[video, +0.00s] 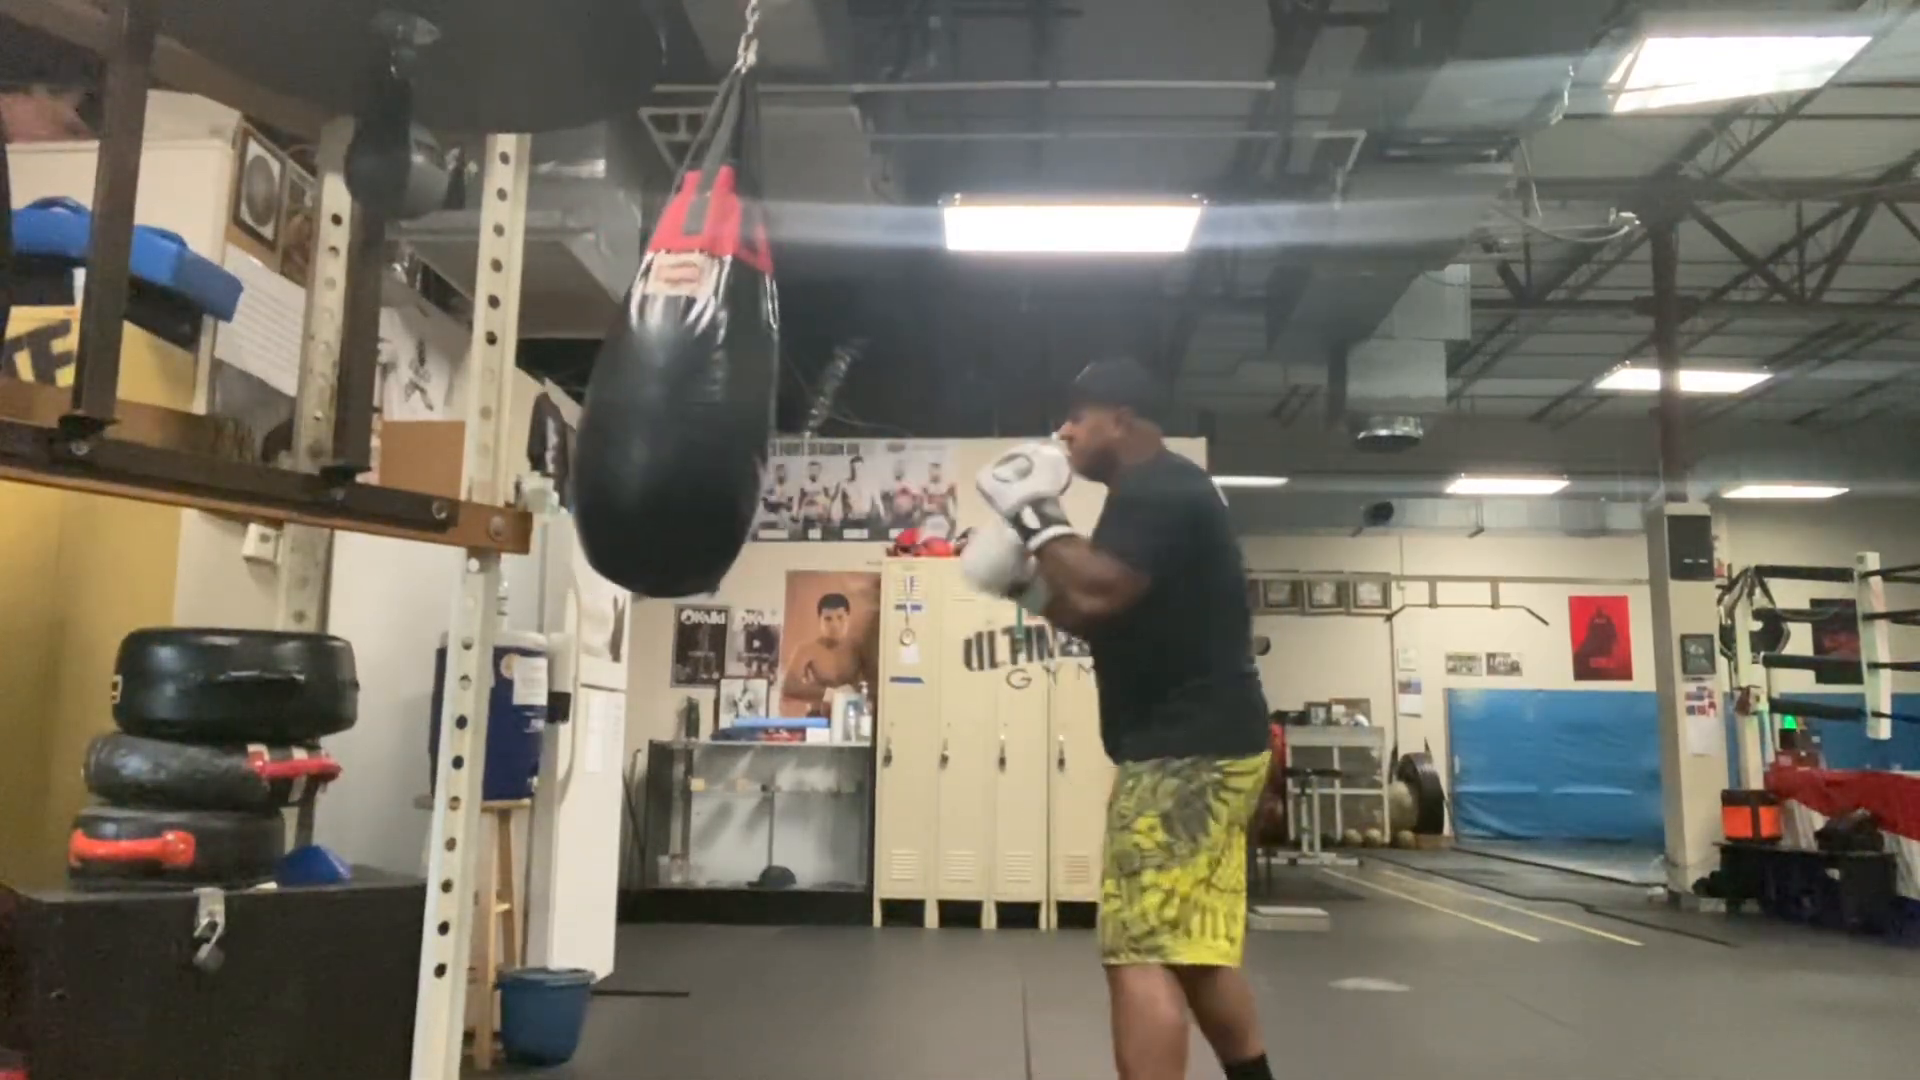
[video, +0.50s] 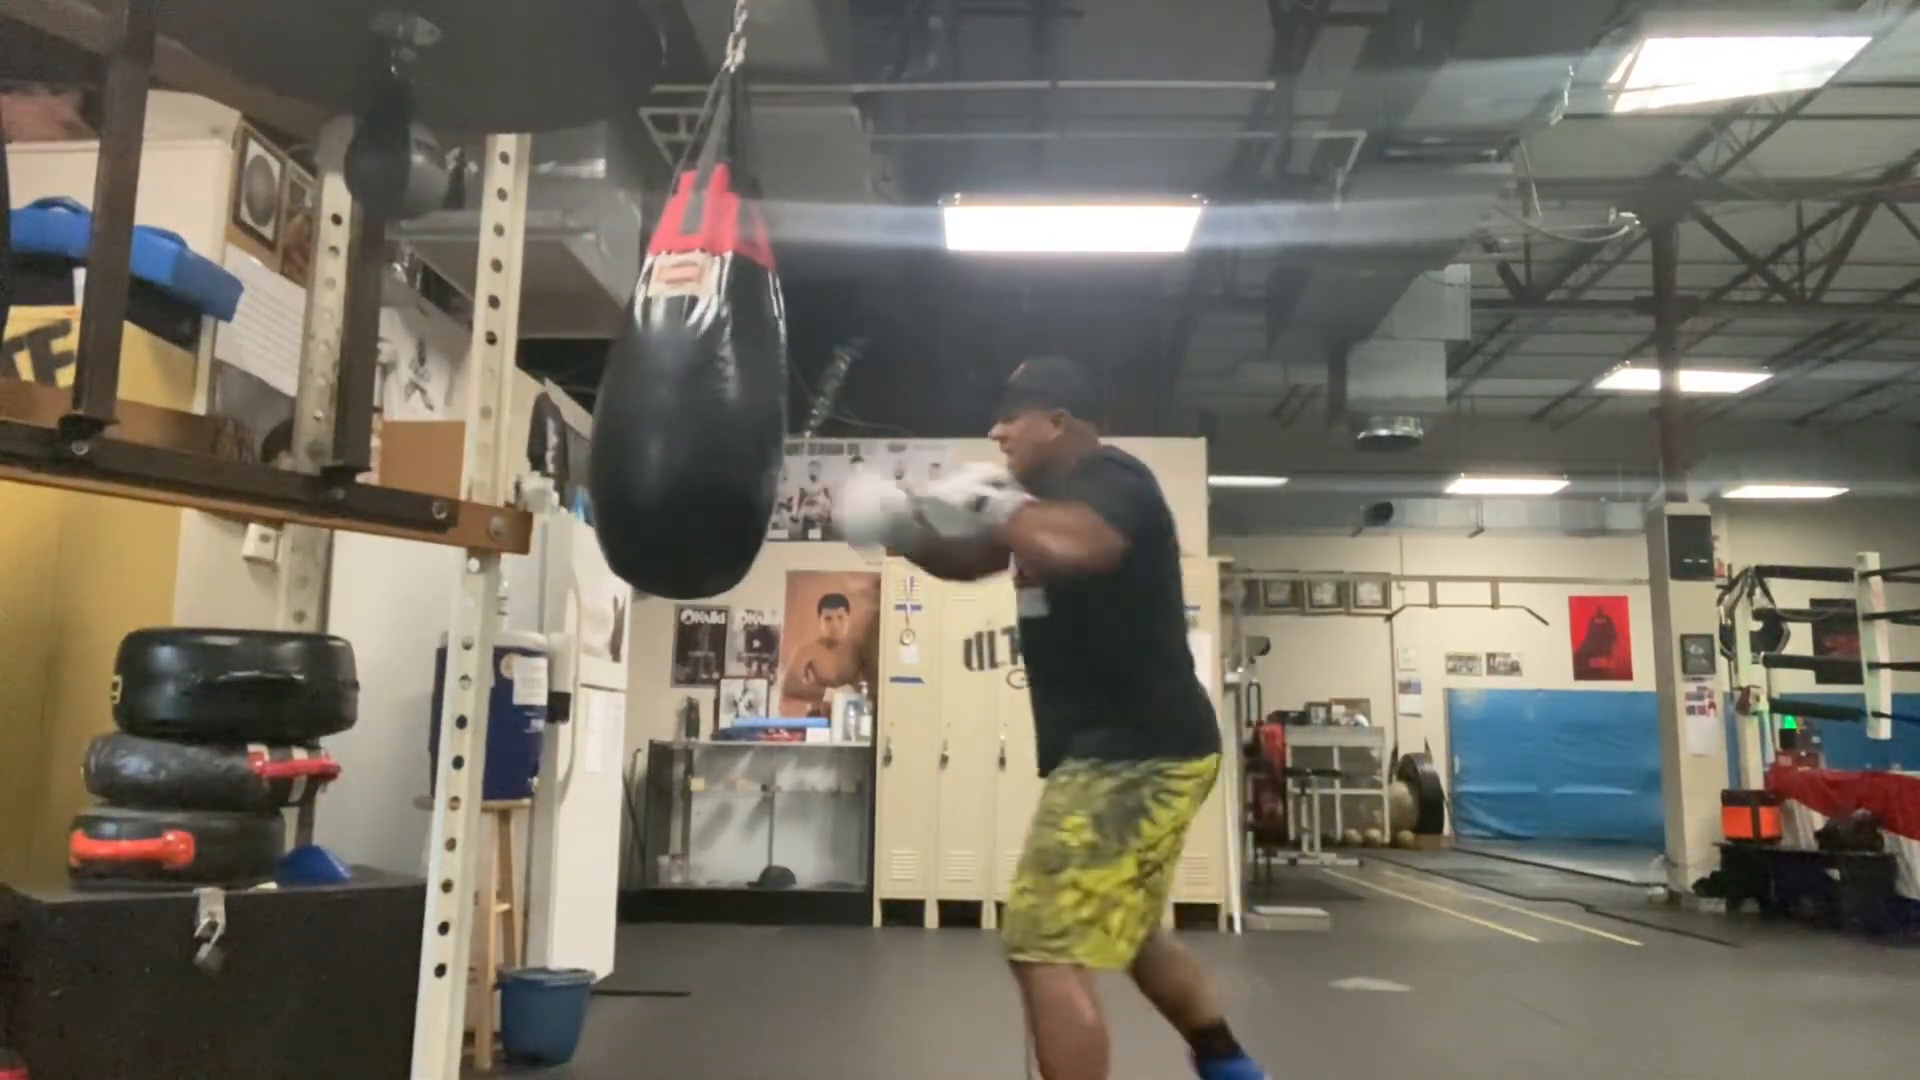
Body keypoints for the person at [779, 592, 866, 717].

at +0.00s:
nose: (835, 624)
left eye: (840, 617)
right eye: (828, 618)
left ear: (848, 619)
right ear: (819, 620)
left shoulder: (856, 652)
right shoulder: (806, 651)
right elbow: (789, 688)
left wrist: (817, 686)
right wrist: (827, 694)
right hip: (819, 716)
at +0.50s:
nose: (835, 625)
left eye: (840, 617)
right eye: (828, 619)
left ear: (848, 619)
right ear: (819, 620)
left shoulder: (856, 651)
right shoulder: (806, 651)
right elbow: (789, 688)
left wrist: (816, 686)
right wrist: (828, 694)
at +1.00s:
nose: (834, 625)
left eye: (840, 618)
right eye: (828, 619)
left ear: (848, 620)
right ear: (819, 620)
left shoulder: (859, 650)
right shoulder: (806, 652)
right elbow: (789, 687)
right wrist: (825, 692)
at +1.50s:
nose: (834, 624)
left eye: (840, 618)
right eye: (828, 618)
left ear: (848, 620)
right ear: (819, 621)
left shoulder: (857, 651)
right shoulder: (806, 652)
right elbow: (788, 687)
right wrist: (824, 692)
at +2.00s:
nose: (834, 625)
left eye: (840, 618)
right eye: (828, 618)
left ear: (848, 620)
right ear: (819, 621)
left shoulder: (858, 652)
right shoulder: (806, 652)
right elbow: (789, 688)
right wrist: (826, 693)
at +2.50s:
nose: (834, 625)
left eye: (840, 618)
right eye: (828, 619)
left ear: (848, 620)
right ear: (819, 621)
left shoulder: (858, 652)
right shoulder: (806, 652)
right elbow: (789, 688)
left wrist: (816, 687)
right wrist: (827, 693)